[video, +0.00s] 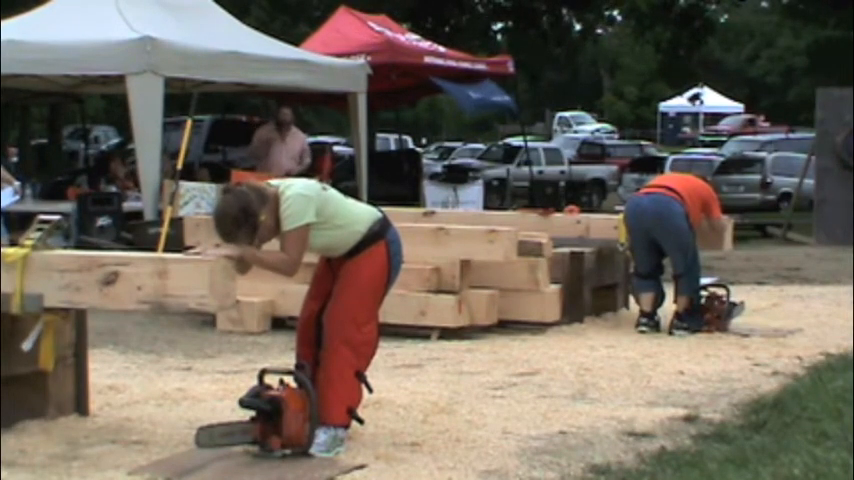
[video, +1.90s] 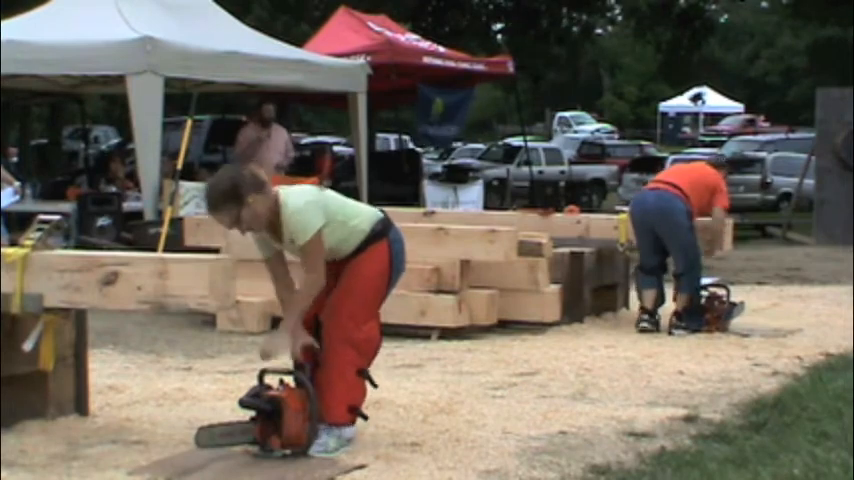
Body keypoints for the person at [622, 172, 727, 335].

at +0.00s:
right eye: (711, 191)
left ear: (689, 176)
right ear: (707, 184)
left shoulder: (671, 178)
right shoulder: (706, 189)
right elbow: (717, 223)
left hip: (635, 205)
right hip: (668, 206)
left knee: (645, 270)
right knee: (686, 268)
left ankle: (646, 316)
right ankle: (682, 318)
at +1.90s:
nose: (724, 178)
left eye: (725, 175)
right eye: (725, 175)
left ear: (707, 164)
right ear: (721, 171)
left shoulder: (682, 168)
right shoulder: (717, 180)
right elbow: (718, 218)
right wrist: (713, 247)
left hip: (641, 200)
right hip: (671, 203)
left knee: (649, 264)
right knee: (688, 264)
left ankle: (646, 314)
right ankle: (680, 316)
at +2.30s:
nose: (731, 190)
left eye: (733, 187)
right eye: (732, 185)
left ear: (718, 172)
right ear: (728, 179)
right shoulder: (718, 182)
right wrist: (714, 245)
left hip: (643, 213)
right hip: (659, 218)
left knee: (675, 266)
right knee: (696, 265)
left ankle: (666, 311)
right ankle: (688, 315)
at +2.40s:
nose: (734, 179)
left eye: (737, 175)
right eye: (733, 172)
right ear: (725, 164)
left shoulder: (711, 192)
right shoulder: (707, 156)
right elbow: (684, 158)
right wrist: (706, 183)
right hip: (658, 205)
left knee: (675, 261)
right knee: (680, 263)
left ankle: (665, 311)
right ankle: (689, 319)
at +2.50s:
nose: (732, 172)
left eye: (736, 168)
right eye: (732, 164)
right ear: (721, 156)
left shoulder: (712, 190)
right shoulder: (701, 151)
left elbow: (706, 223)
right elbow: (665, 145)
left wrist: (715, 255)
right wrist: (678, 176)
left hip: (671, 212)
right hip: (654, 199)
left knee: (676, 260)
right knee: (674, 259)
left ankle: (667, 313)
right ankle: (671, 316)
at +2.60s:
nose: (731, 163)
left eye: (733, 159)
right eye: (730, 157)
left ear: (724, 155)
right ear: (721, 152)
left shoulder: (712, 178)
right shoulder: (695, 156)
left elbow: (707, 210)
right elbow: (667, 181)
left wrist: (715, 243)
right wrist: (677, 220)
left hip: (664, 208)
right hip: (649, 200)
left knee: (674, 260)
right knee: (665, 260)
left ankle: (673, 318)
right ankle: (663, 320)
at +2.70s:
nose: (725, 159)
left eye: (727, 154)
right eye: (725, 153)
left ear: (713, 146)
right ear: (717, 150)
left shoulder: (698, 157)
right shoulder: (693, 165)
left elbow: (700, 192)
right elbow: (675, 201)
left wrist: (710, 218)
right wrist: (685, 237)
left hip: (660, 204)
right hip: (649, 203)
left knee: (669, 260)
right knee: (664, 261)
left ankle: (670, 316)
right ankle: (663, 319)